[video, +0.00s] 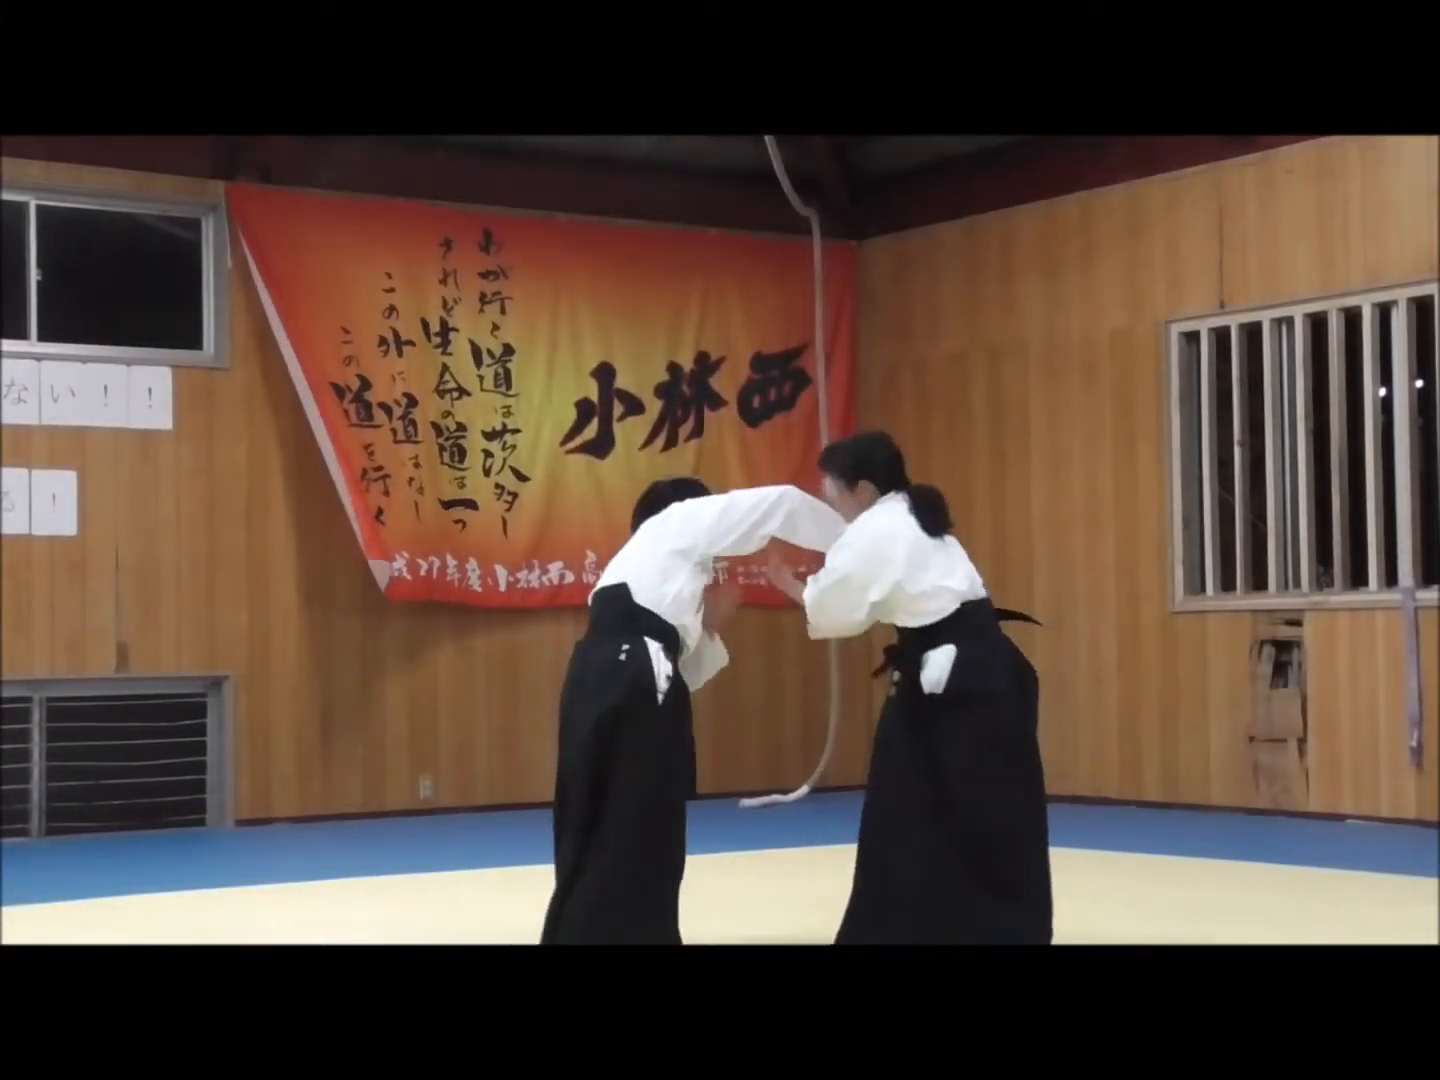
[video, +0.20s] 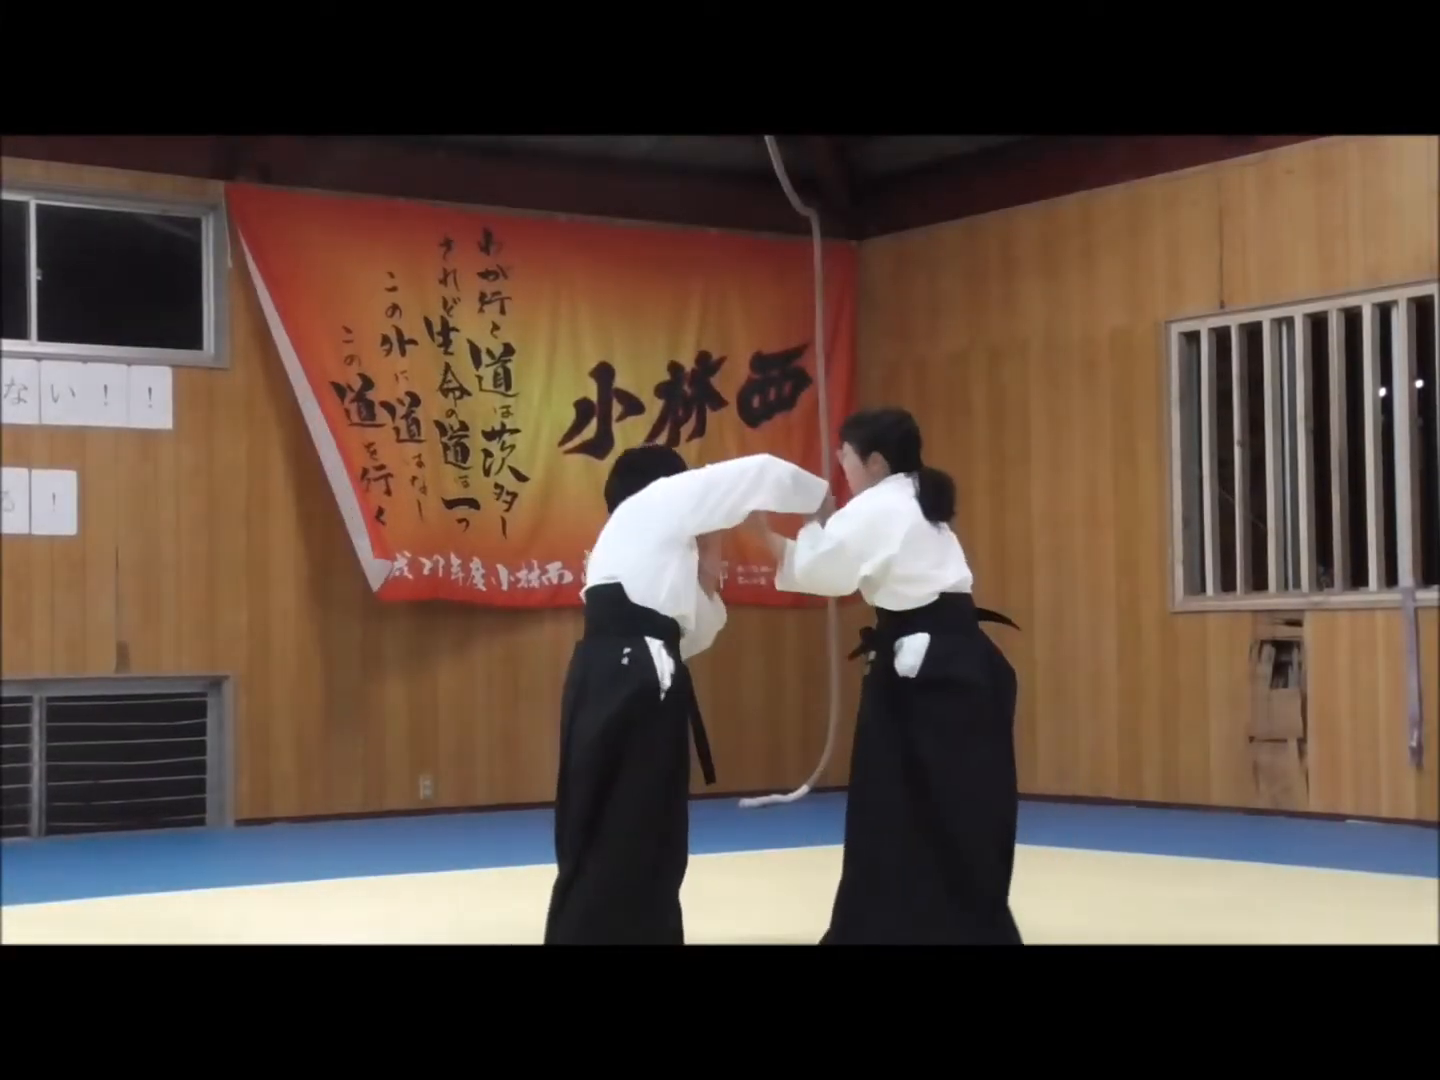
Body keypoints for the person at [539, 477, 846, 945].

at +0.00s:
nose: (718, 525)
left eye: (713, 513)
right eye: (709, 512)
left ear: (650, 516)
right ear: (688, 508)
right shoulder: (675, 524)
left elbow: (679, 679)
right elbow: (781, 501)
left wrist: (711, 624)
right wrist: (854, 542)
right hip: (633, 678)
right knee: (638, 844)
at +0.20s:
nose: (692, 488)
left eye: (691, 481)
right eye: (686, 480)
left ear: (623, 490)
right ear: (669, 480)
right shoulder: (657, 502)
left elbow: (688, 640)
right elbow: (762, 470)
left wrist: (708, 582)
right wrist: (822, 501)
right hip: (633, 672)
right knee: (632, 835)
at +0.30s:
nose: (680, 477)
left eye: (677, 471)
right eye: (672, 470)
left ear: (608, 482)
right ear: (654, 470)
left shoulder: (616, 530)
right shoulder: (642, 497)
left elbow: (697, 606)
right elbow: (745, 461)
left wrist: (703, 534)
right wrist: (808, 484)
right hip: (634, 674)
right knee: (631, 837)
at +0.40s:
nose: (660, 463)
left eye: (655, 458)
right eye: (652, 457)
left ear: (588, 480)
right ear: (637, 461)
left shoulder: (590, 525)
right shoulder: (647, 487)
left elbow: (677, 592)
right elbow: (743, 449)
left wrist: (698, 554)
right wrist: (787, 468)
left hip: (600, 668)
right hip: (645, 666)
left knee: (601, 821)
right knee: (644, 826)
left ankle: (581, 931)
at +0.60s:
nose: (619, 435)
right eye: (612, 434)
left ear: (560, 488)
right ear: (616, 451)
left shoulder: (562, 537)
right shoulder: (653, 476)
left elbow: (582, 600)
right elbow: (734, 435)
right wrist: (744, 522)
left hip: (600, 650)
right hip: (661, 641)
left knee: (601, 790)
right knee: (637, 787)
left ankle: (629, 928)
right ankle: (581, 928)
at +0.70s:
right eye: (603, 434)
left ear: (553, 489)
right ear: (611, 451)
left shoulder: (555, 540)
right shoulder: (652, 475)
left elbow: (559, 607)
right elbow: (705, 443)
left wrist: (609, 576)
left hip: (604, 653)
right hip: (671, 642)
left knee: (604, 790)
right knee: (658, 779)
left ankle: (617, 925)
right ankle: (608, 914)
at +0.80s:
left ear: (551, 489)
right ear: (607, 454)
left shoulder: (551, 539)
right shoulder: (665, 473)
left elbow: (530, 614)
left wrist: (582, 576)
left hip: (611, 656)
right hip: (685, 645)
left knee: (610, 789)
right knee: (683, 779)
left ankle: (607, 929)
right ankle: (648, 915)